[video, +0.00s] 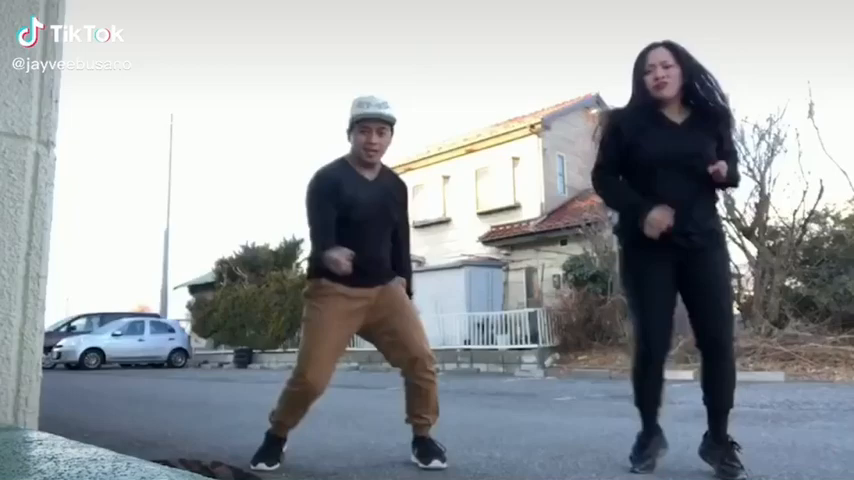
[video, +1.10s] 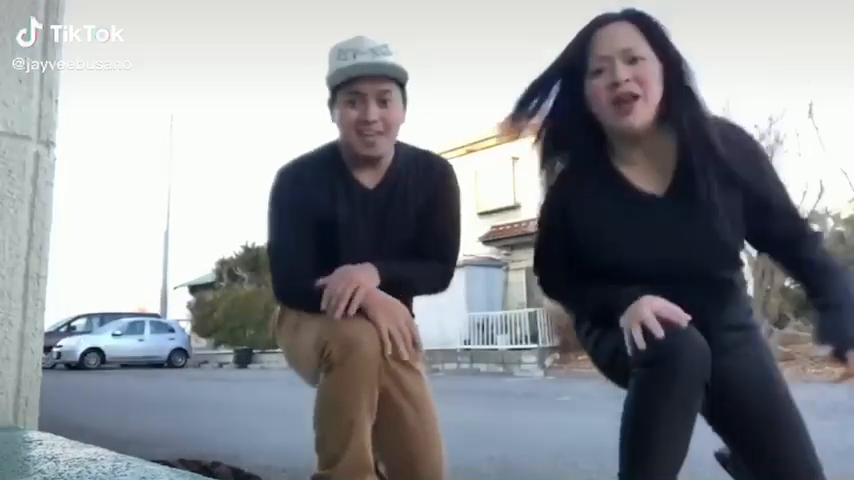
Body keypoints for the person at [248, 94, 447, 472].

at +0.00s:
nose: (373, 139)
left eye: (381, 132)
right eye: (365, 131)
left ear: (390, 138)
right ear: (350, 134)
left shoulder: (395, 186)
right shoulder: (327, 181)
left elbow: (401, 244)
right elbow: (321, 237)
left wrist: (405, 289)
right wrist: (329, 253)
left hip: (386, 293)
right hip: (334, 293)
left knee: (421, 358)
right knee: (310, 381)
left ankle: (424, 439)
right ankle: (275, 438)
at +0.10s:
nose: (379, 132)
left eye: (387, 125)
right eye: (370, 124)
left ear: (396, 132)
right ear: (356, 129)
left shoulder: (395, 182)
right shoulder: (336, 176)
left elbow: (391, 239)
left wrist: (396, 283)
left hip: (390, 295)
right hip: (340, 298)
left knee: (429, 362)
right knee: (315, 388)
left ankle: (425, 440)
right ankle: (276, 441)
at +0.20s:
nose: (384, 101)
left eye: (392, 94)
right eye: (376, 93)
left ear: (401, 101)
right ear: (361, 98)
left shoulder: (403, 154)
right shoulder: (340, 136)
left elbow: (386, 210)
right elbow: (316, 181)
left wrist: (394, 257)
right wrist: (374, 172)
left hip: (393, 268)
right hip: (344, 265)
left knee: (423, 355)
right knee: (324, 365)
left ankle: (420, 434)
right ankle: (279, 431)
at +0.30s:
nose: (386, 80)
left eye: (395, 73)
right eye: (377, 72)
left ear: (405, 79)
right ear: (362, 77)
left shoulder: (408, 134)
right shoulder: (343, 112)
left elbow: (391, 186)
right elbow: (324, 165)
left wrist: (391, 229)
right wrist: (374, 199)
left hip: (388, 240)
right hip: (344, 235)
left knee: (417, 331)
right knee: (353, 331)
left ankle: (390, 423)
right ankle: (309, 398)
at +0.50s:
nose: (397, 99)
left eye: (405, 90)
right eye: (386, 90)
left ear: (414, 95)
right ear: (369, 96)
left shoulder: (408, 154)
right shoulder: (354, 143)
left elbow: (394, 207)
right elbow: (343, 211)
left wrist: (405, 241)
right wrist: (381, 253)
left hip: (384, 256)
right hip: (339, 249)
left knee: (410, 353)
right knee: (382, 312)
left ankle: (366, 447)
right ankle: (345, 439)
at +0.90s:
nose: (395, 108)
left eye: (406, 96)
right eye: (381, 97)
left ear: (420, 102)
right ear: (361, 104)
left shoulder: (431, 169)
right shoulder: (336, 158)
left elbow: (431, 246)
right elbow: (316, 253)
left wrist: (402, 259)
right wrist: (375, 292)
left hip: (381, 300)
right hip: (315, 288)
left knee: (430, 415)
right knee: (361, 335)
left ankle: (372, 440)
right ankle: (344, 470)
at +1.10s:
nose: (370, 116)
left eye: (384, 101)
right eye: (354, 102)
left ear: (403, 110)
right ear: (334, 111)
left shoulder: (433, 174)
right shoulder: (298, 180)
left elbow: (438, 271)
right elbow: (289, 285)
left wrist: (374, 271)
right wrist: (365, 294)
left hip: (395, 323)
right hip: (308, 318)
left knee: (422, 469)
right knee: (359, 339)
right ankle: (345, 474)